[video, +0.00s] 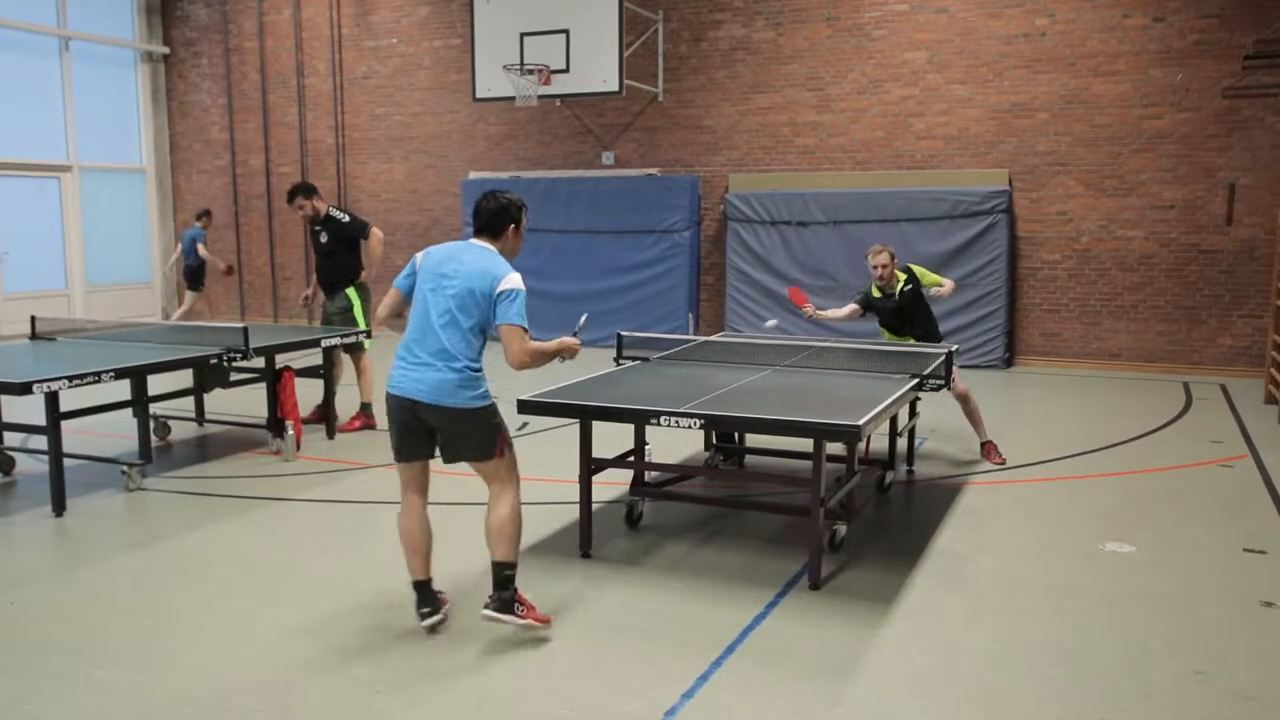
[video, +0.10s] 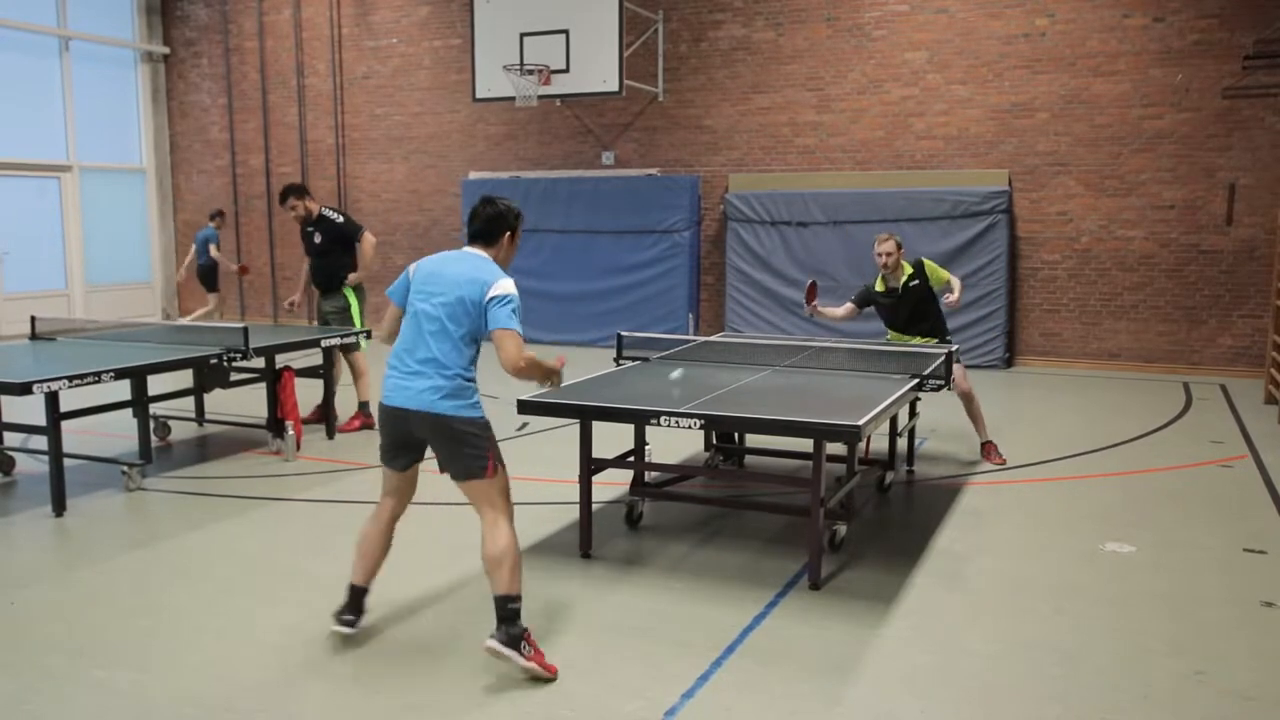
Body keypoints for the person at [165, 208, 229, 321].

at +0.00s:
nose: (210, 223)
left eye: (210, 220)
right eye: (209, 220)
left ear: (198, 219)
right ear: (204, 219)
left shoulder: (186, 233)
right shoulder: (199, 233)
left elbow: (178, 252)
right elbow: (202, 252)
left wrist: (169, 266)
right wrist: (219, 264)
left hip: (188, 269)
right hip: (196, 270)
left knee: (207, 301)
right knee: (187, 304)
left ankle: (213, 325)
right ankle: (169, 325)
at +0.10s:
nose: (223, 223)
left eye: (223, 220)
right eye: (222, 220)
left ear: (212, 219)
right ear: (217, 219)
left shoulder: (200, 233)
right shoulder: (212, 233)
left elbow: (192, 253)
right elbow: (214, 253)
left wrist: (183, 268)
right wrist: (231, 266)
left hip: (201, 268)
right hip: (209, 269)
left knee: (219, 301)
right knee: (214, 304)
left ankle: (218, 329)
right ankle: (186, 320)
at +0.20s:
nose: (235, 220)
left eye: (235, 217)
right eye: (234, 217)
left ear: (224, 216)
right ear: (229, 216)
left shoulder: (214, 229)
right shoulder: (223, 230)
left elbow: (208, 250)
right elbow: (222, 250)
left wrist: (207, 266)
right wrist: (234, 266)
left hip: (213, 264)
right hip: (221, 265)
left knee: (221, 299)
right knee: (234, 299)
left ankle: (218, 322)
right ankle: (214, 319)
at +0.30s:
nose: (248, 221)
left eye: (248, 218)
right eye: (247, 218)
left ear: (238, 216)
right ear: (241, 216)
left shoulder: (229, 228)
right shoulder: (233, 229)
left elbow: (229, 251)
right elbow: (231, 250)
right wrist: (239, 269)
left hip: (226, 266)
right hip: (233, 266)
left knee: (227, 297)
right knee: (248, 296)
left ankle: (220, 323)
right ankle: (247, 323)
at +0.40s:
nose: (260, 222)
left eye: (260, 219)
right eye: (259, 219)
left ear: (251, 218)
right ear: (254, 218)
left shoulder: (247, 231)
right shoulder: (245, 232)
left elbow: (246, 251)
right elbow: (241, 252)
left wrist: (254, 257)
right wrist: (243, 271)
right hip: (246, 268)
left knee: (237, 298)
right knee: (256, 298)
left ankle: (224, 320)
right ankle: (267, 318)